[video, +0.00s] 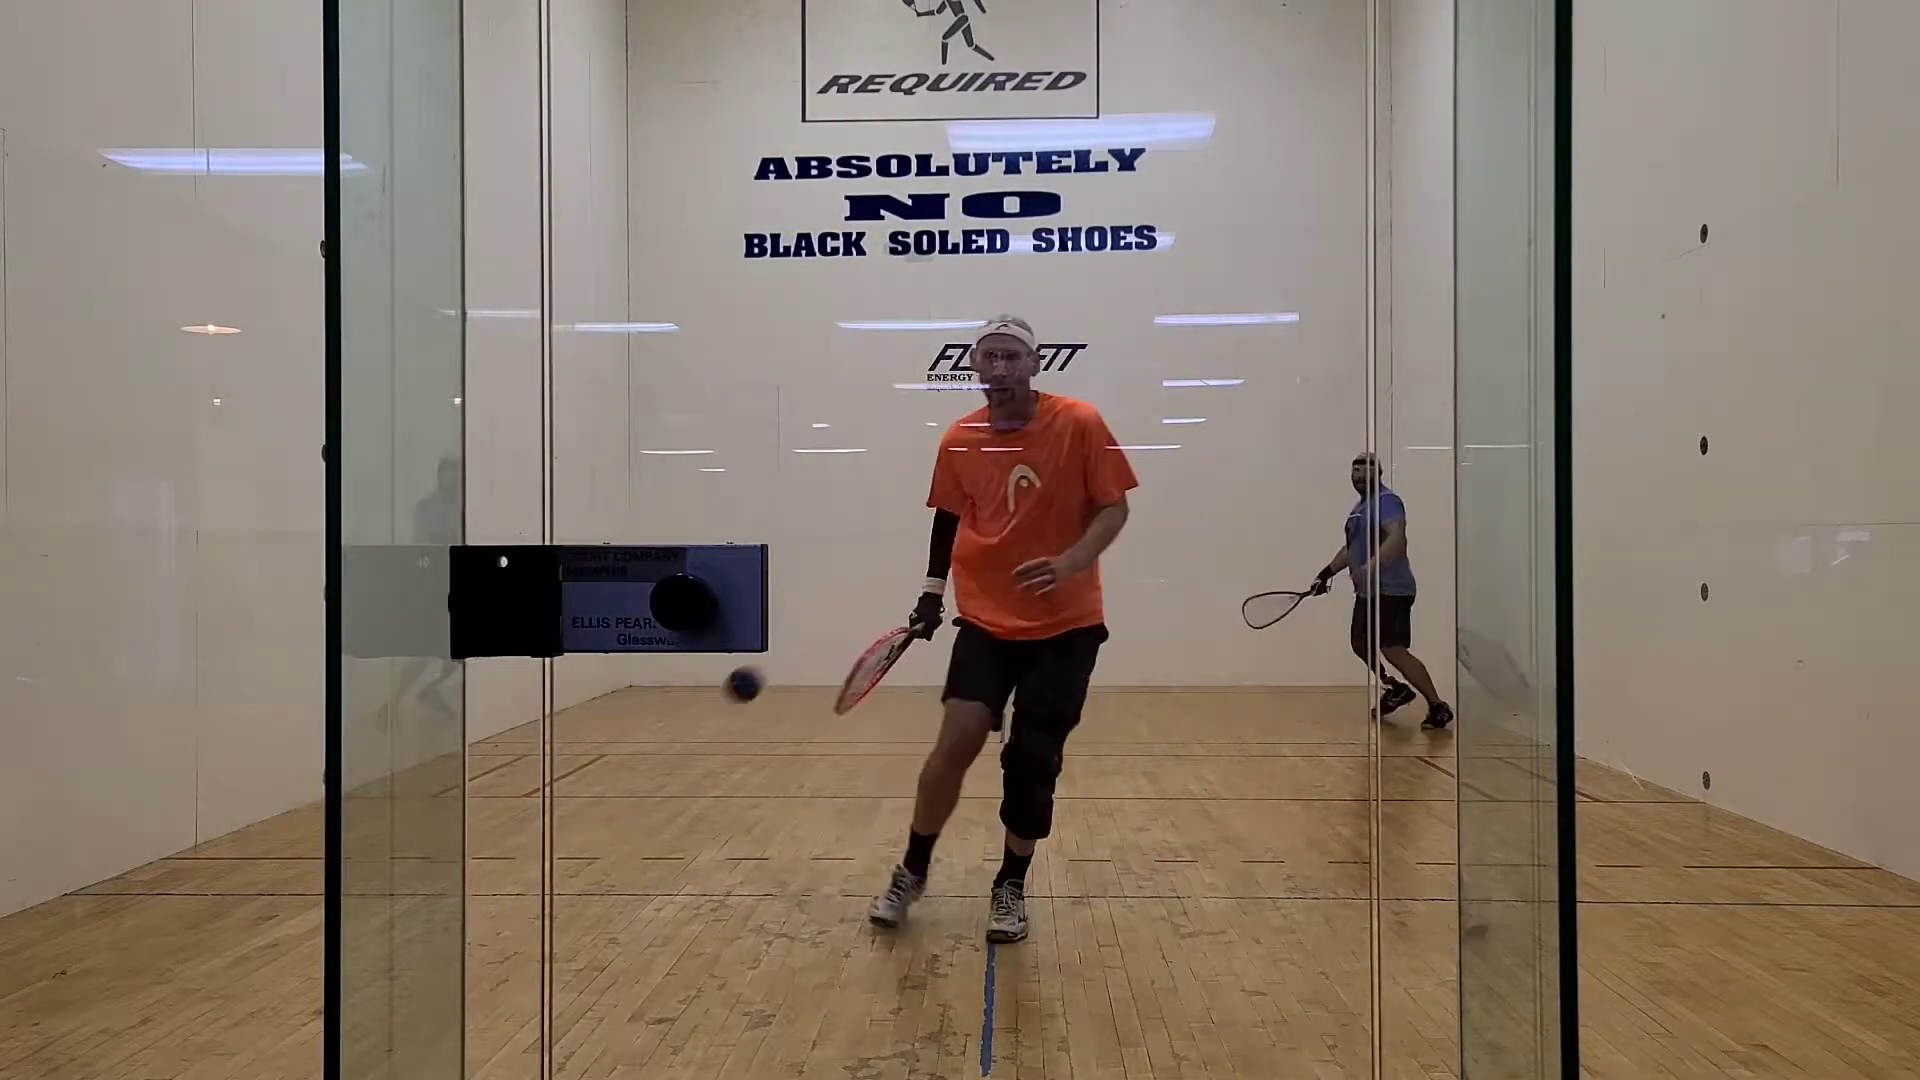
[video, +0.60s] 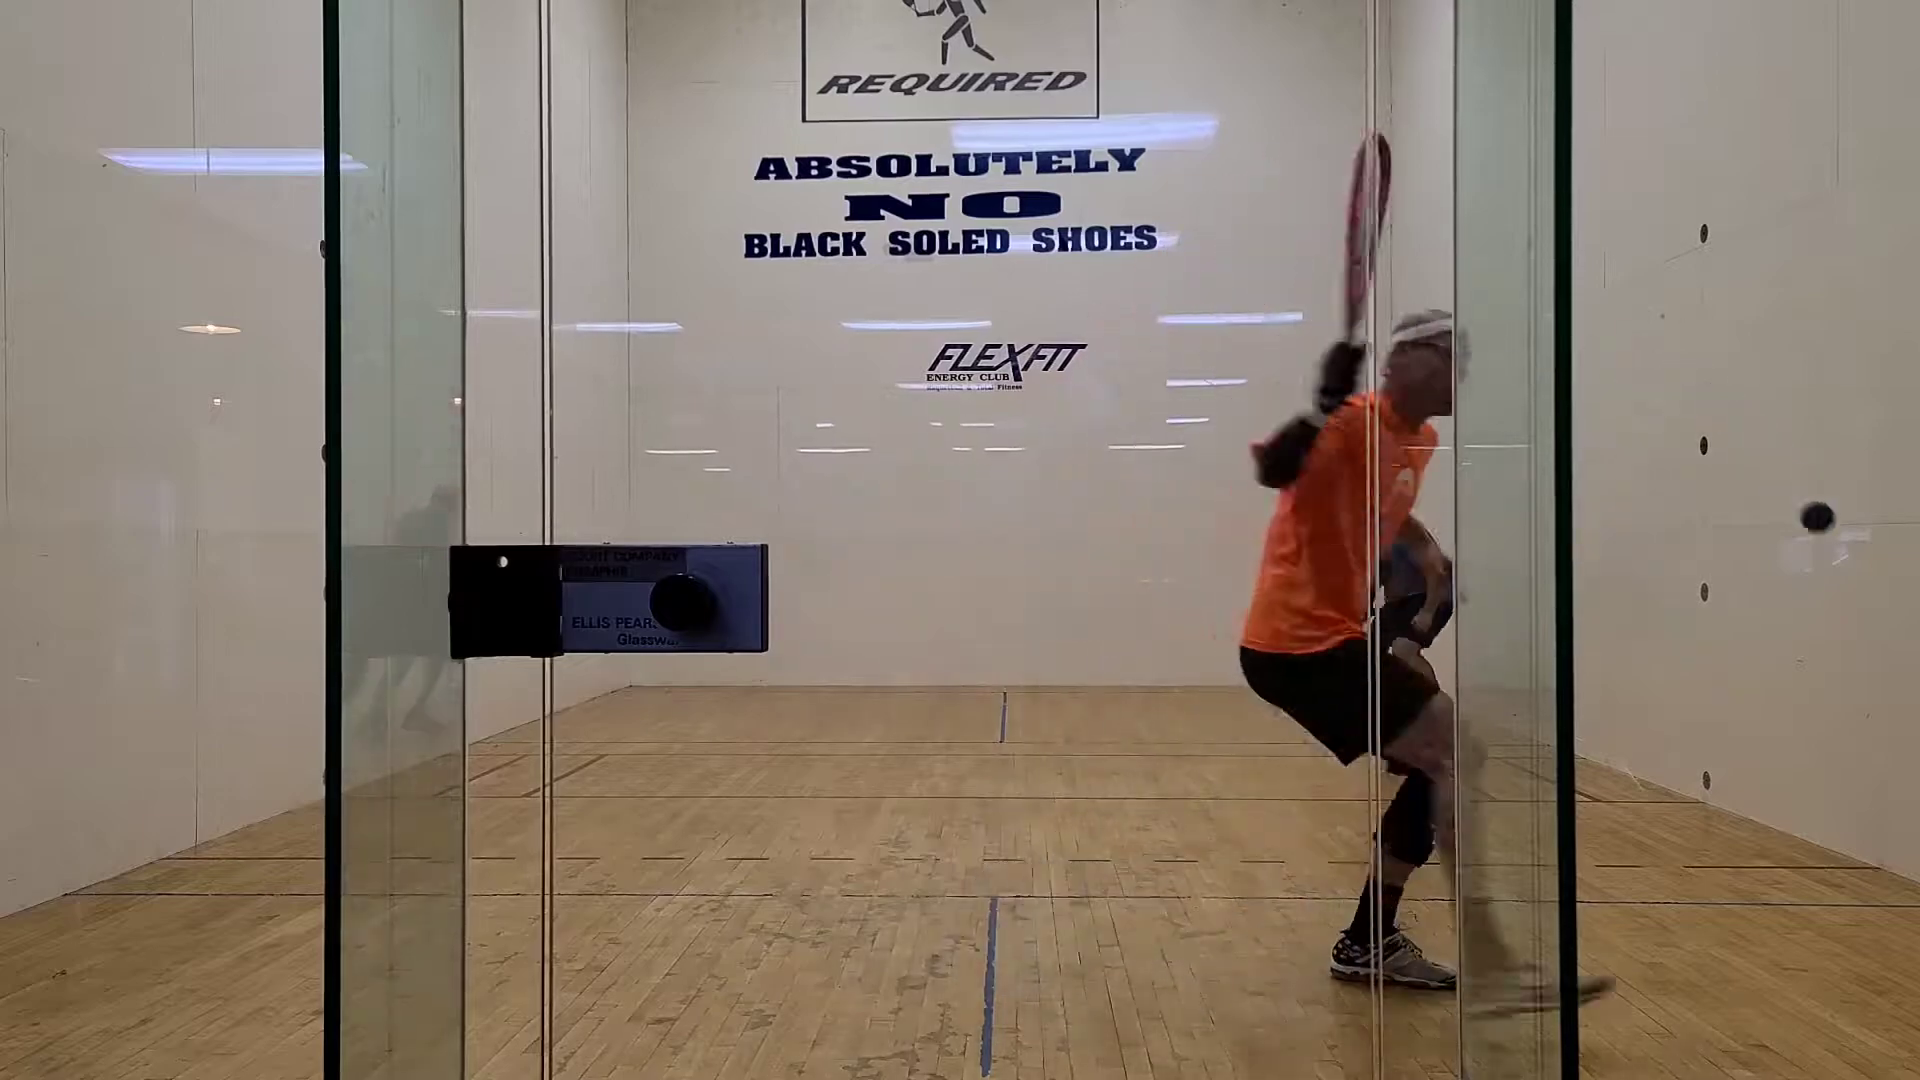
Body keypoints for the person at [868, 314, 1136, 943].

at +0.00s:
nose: (1000, 369)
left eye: (1013, 356)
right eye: (989, 358)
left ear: (1037, 365)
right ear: (976, 368)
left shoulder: (1078, 425)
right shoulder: (960, 443)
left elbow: (1114, 510)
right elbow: (946, 522)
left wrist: (1070, 561)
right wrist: (932, 594)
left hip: (1065, 625)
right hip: (986, 621)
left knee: (1033, 759)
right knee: (958, 738)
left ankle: (1011, 885)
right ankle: (911, 870)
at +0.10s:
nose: (1046, 360)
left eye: (1058, 350)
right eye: (1034, 349)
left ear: (1077, 361)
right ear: (1013, 361)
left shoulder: (1117, 419)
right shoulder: (985, 442)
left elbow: (1153, 502)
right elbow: (943, 522)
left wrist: (1135, 548)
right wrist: (930, 593)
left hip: (1103, 613)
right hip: (1025, 609)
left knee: (1075, 762)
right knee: (1013, 736)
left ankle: (1025, 877)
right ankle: (966, 903)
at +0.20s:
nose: (1109, 366)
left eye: (1121, 356)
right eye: (1097, 355)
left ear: (1137, 369)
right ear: (1072, 367)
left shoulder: (1167, 437)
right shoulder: (1031, 452)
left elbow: (1205, 518)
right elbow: (949, 506)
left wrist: (1240, 568)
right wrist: (933, 575)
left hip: (1133, 624)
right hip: (1052, 626)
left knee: (1174, 751)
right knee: (1051, 759)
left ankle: (1118, 880)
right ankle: (974, 927)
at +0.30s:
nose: (1190, 360)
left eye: (1202, 350)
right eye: (1177, 347)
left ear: (1217, 363)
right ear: (1151, 356)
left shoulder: (1224, 432)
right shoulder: (1101, 427)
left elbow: (1249, 491)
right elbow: (1024, 466)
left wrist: (1317, 527)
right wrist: (1001, 481)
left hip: (1171, 626)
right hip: (1092, 633)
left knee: (1277, 730)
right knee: (1083, 785)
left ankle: (1269, 915)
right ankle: (980, 924)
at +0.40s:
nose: (1283, 350)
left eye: (1292, 339)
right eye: (1270, 336)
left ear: (1300, 348)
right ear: (1235, 343)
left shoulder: (1291, 416)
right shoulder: (1184, 408)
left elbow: (1290, 479)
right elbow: (1092, 445)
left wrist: (1358, 507)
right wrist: (1079, 429)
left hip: (1234, 625)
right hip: (1162, 628)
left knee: (1341, 743)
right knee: (1191, 790)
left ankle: (1359, 941)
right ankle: (1036, 891)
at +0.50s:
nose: (1377, 357)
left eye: (1381, 346)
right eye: (1364, 342)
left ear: (1378, 358)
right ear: (1319, 348)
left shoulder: (1356, 426)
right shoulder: (1265, 410)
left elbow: (1355, 490)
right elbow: (1159, 438)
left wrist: (1422, 522)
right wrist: (1181, 387)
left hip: (1292, 630)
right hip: (1235, 631)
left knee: (1401, 759)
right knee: (1353, 760)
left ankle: (1365, 939)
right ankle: (1210, 910)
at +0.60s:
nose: (1458, 379)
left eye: (1461, 366)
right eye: (1448, 362)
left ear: (1445, 374)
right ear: (1402, 361)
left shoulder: (1421, 434)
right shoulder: (1352, 421)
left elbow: (1383, 502)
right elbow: (1271, 468)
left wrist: (1429, 554)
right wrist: (1320, 407)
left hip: (1347, 631)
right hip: (1294, 642)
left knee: (1439, 759)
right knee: (1454, 749)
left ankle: (1368, 938)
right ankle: (1497, 964)